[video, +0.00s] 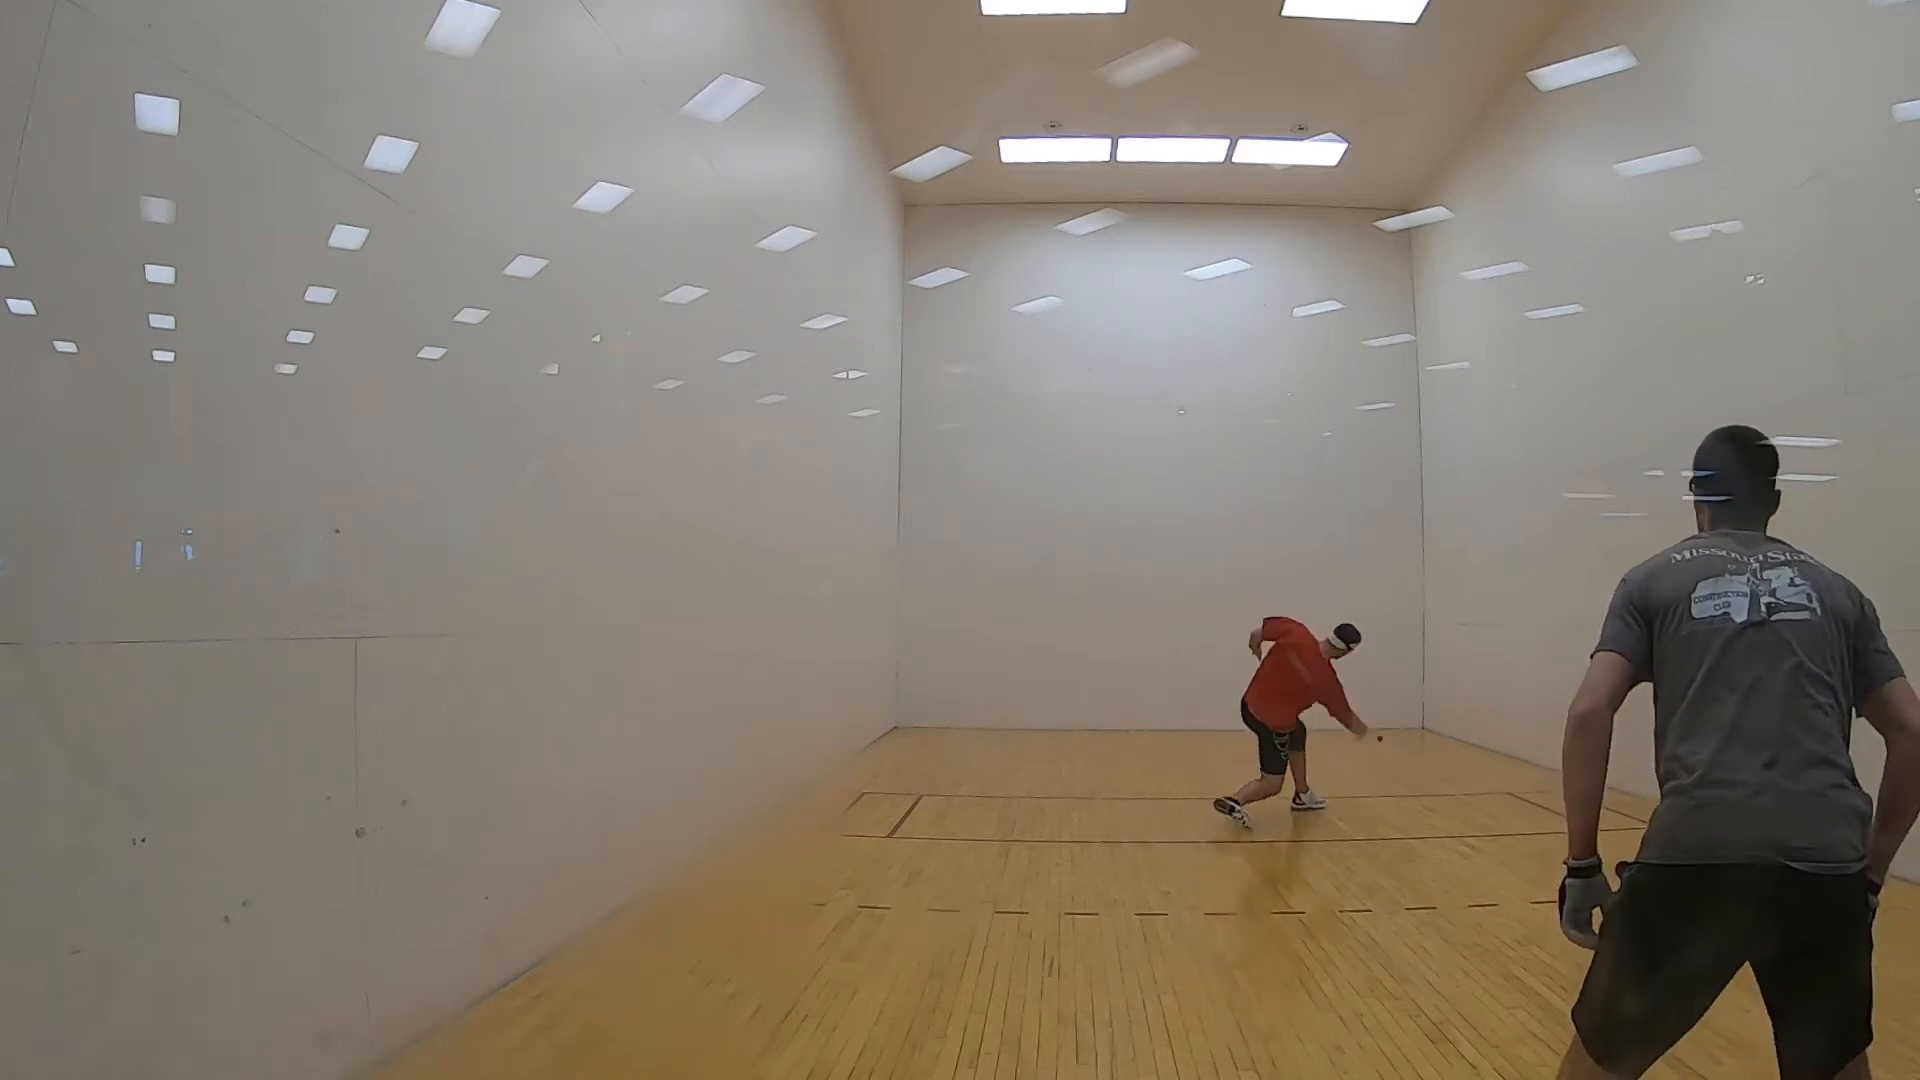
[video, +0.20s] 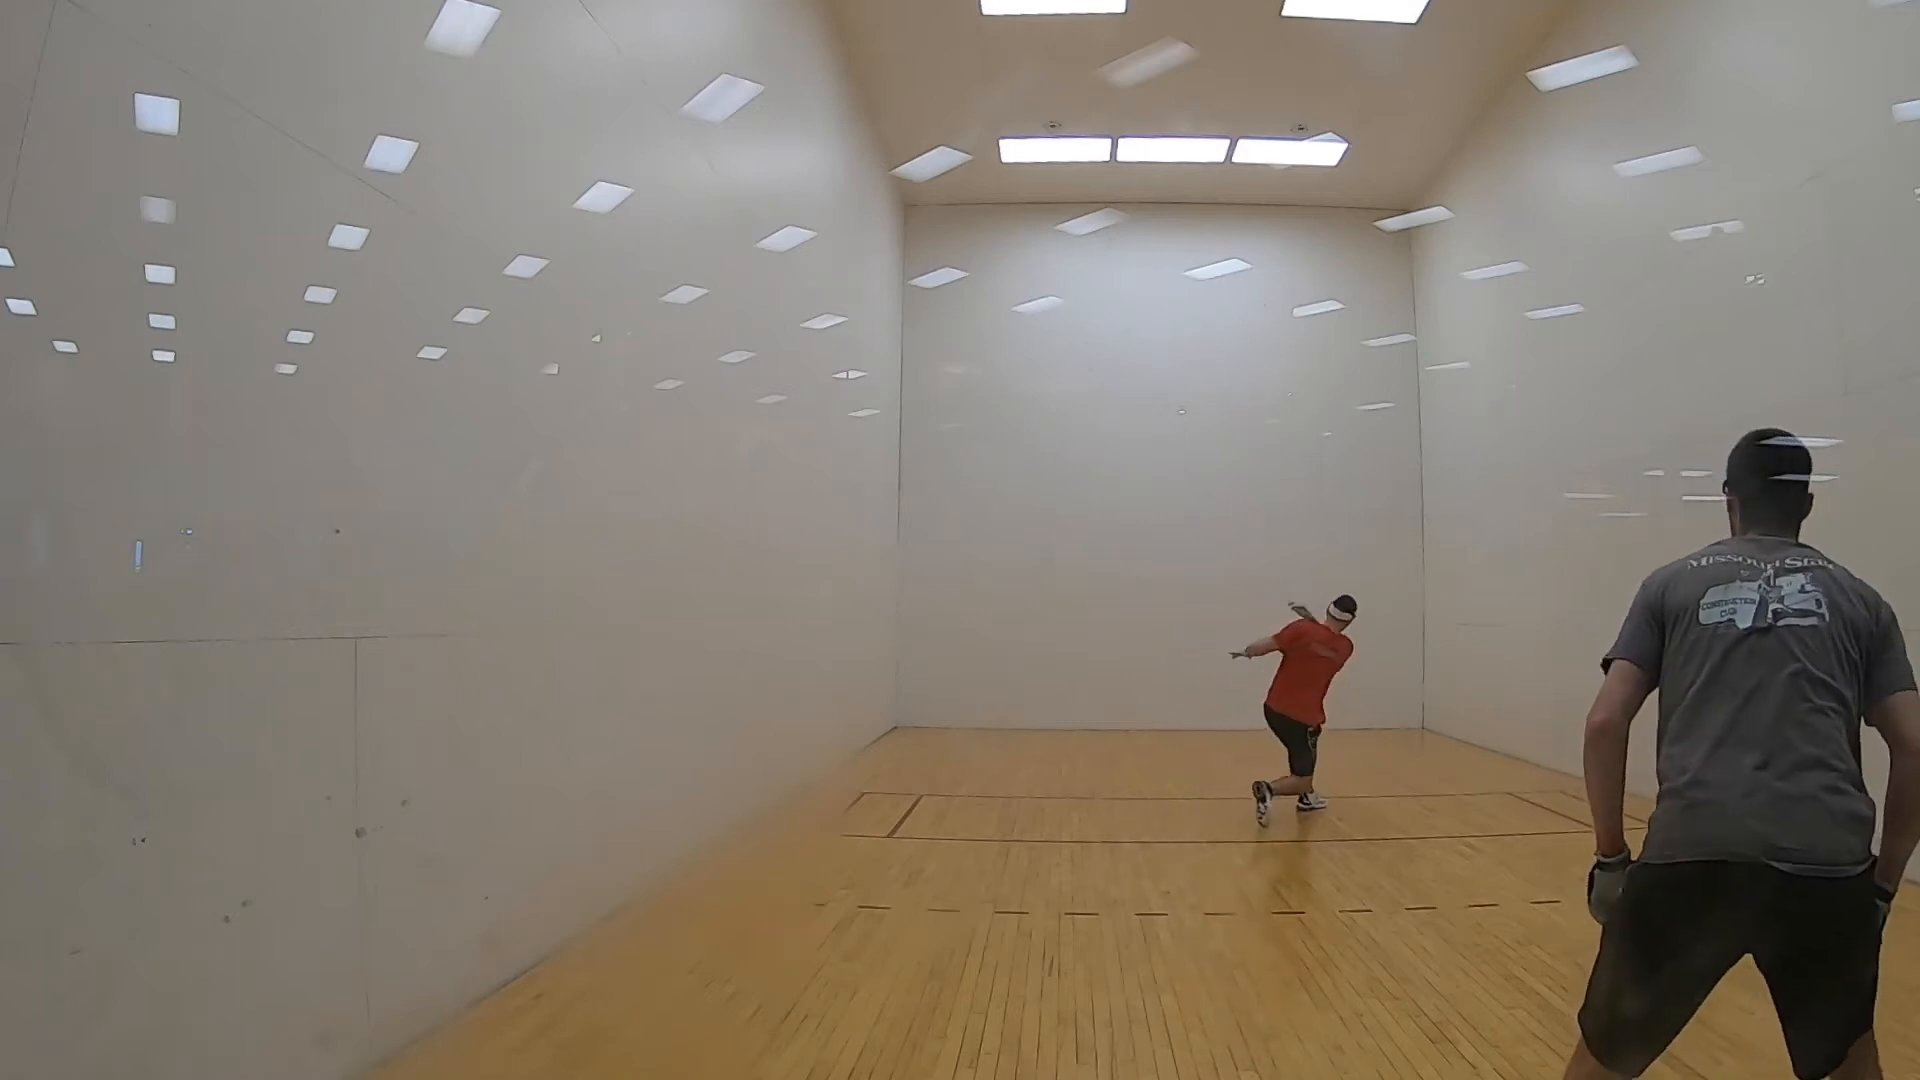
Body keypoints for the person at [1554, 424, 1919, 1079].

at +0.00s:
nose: (1700, 504)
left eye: (1698, 495)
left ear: (1699, 500)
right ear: (1773, 502)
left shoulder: (1653, 579)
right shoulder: (1837, 590)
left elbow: (1589, 710)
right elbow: (1911, 731)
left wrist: (1582, 860)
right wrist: (1873, 870)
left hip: (1693, 863)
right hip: (1826, 871)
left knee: (1596, 1056)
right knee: (1839, 1064)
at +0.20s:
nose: (1728, 504)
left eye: (1726, 495)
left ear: (1730, 501)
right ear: (1807, 507)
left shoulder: (1671, 584)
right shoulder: (1861, 600)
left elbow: (1605, 720)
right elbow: (1911, 745)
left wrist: (1610, 853)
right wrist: (1885, 878)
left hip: (1692, 863)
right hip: (1828, 872)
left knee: (1602, 1054)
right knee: (1849, 1054)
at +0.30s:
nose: (1773, 519)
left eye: (1772, 509)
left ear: (1773, 517)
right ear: (1848, 521)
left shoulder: (1709, 596)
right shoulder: (1894, 616)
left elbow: (1641, 731)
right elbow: (1915, 745)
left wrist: (1652, 839)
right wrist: (1916, 874)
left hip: (1708, 868)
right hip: (1843, 883)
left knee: (1612, 1056)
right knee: (1875, 1044)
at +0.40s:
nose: (1833, 515)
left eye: (1830, 505)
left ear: (1830, 513)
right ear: (1905, 521)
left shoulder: (1767, 598)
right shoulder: (1915, 605)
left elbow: (1696, 724)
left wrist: (1712, 810)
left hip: (1746, 869)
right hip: (1880, 882)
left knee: (1649, 1058)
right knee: (1897, 1055)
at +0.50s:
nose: (1877, 511)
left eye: (1875, 502)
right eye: (1885, 501)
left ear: (1877, 510)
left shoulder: (1817, 594)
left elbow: (1737, 707)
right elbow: (1738, 705)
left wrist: (1760, 794)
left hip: (1790, 860)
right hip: (1903, 873)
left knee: (1702, 1041)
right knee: (1909, 1057)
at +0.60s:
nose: (1909, 502)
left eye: (1907, 492)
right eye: (1914, 493)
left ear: (1904, 500)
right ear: (1913, 501)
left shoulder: (1845, 580)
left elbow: (1770, 692)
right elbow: (1773, 693)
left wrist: (1806, 767)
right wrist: (1805, 767)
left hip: (1825, 847)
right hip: (1909, 862)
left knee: (1768, 1008)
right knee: (1915, 1050)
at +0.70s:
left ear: (1918, 509)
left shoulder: (1862, 588)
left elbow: (1796, 710)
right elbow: (1799, 711)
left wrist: (1853, 755)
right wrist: (1854, 754)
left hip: (1850, 844)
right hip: (1915, 853)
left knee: (1819, 1006)